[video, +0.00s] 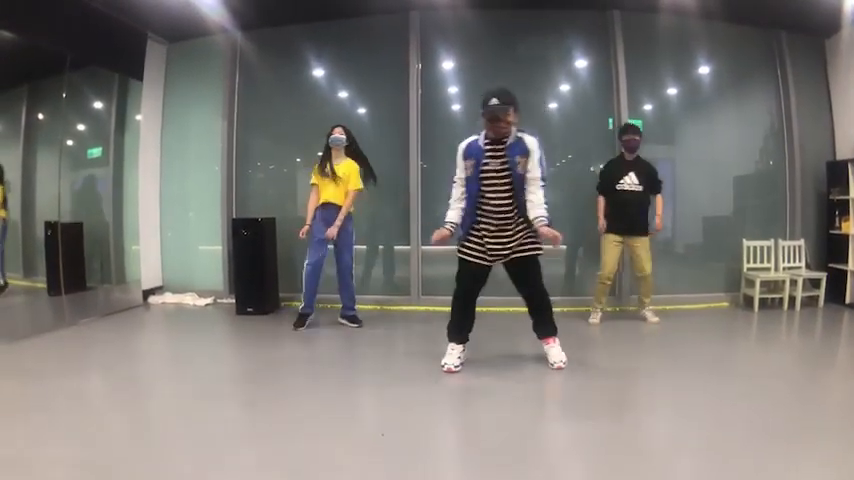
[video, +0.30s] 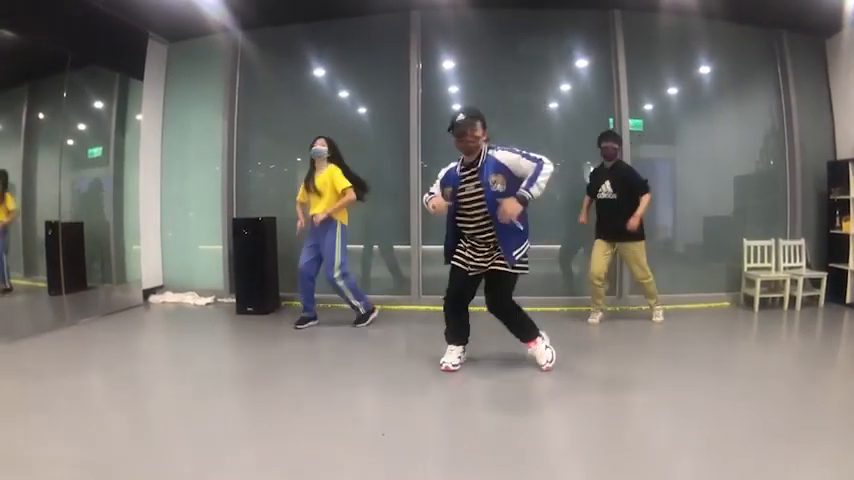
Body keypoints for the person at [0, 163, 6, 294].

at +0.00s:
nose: (3, 176)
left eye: (2, 173)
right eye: (3, 173)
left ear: (2, 174)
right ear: (3, 174)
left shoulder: (3, 187)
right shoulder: (4, 187)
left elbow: (4, 204)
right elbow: (5, 204)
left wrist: (5, 213)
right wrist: (4, 213)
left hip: (3, 217)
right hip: (3, 217)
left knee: (2, 249)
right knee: (2, 249)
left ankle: (3, 277)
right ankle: (3, 277)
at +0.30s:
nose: (1, 183)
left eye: (1, 180)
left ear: (3, 182)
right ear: (5, 182)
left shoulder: (6, 196)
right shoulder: (6, 196)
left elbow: (14, 211)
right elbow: (14, 210)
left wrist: (5, 222)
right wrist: (6, 221)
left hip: (3, 227)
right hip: (3, 226)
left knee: (2, 253)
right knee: (2, 253)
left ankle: (6, 282)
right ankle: (5, 282)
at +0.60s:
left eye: (0, 171)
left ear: (2, 172)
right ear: (7, 172)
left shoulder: (5, 186)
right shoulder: (9, 185)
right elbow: (14, 201)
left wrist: (4, 228)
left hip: (4, 218)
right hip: (6, 218)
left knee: (5, 250)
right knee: (6, 250)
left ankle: (7, 281)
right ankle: (7, 280)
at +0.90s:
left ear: (0, 185)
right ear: (4, 183)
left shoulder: (4, 199)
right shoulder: (9, 199)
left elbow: (3, 211)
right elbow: (13, 215)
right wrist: (9, 225)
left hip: (3, 228)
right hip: (6, 228)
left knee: (1, 255)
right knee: (1, 255)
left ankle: (3, 280)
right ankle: (3, 280)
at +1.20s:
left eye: (0, 169)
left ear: (1, 171)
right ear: (4, 171)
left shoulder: (3, 185)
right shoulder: (5, 185)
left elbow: (3, 201)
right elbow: (7, 203)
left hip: (4, 217)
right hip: (5, 217)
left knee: (2, 252)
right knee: (2, 252)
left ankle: (8, 281)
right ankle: (6, 281)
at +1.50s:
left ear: (2, 183)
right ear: (6, 183)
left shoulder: (6, 197)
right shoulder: (5, 197)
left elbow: (13, 211)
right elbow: (13, 211)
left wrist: (5, 220)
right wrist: (6, 220)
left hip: (3, 227)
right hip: (3, 227)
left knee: (3, 255)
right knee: (3, 255)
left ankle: (6, 283)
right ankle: (6, 283)